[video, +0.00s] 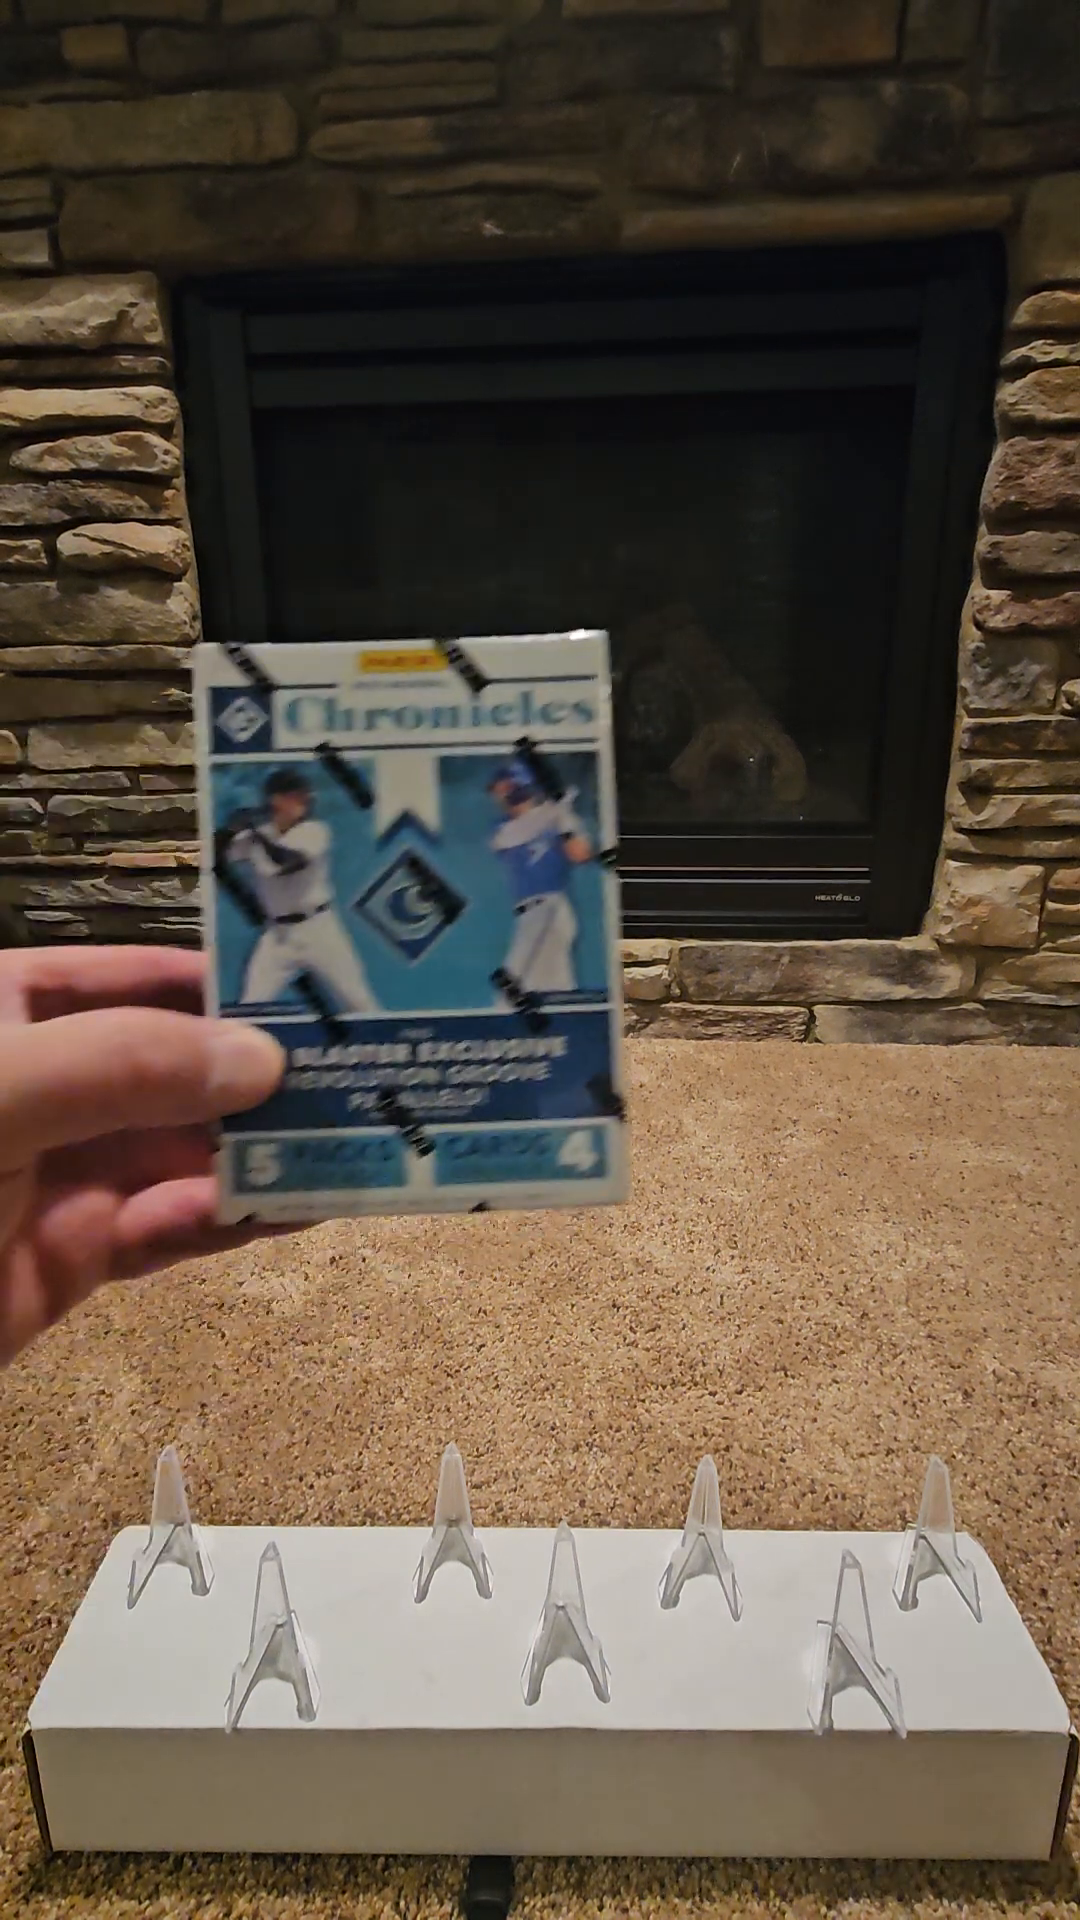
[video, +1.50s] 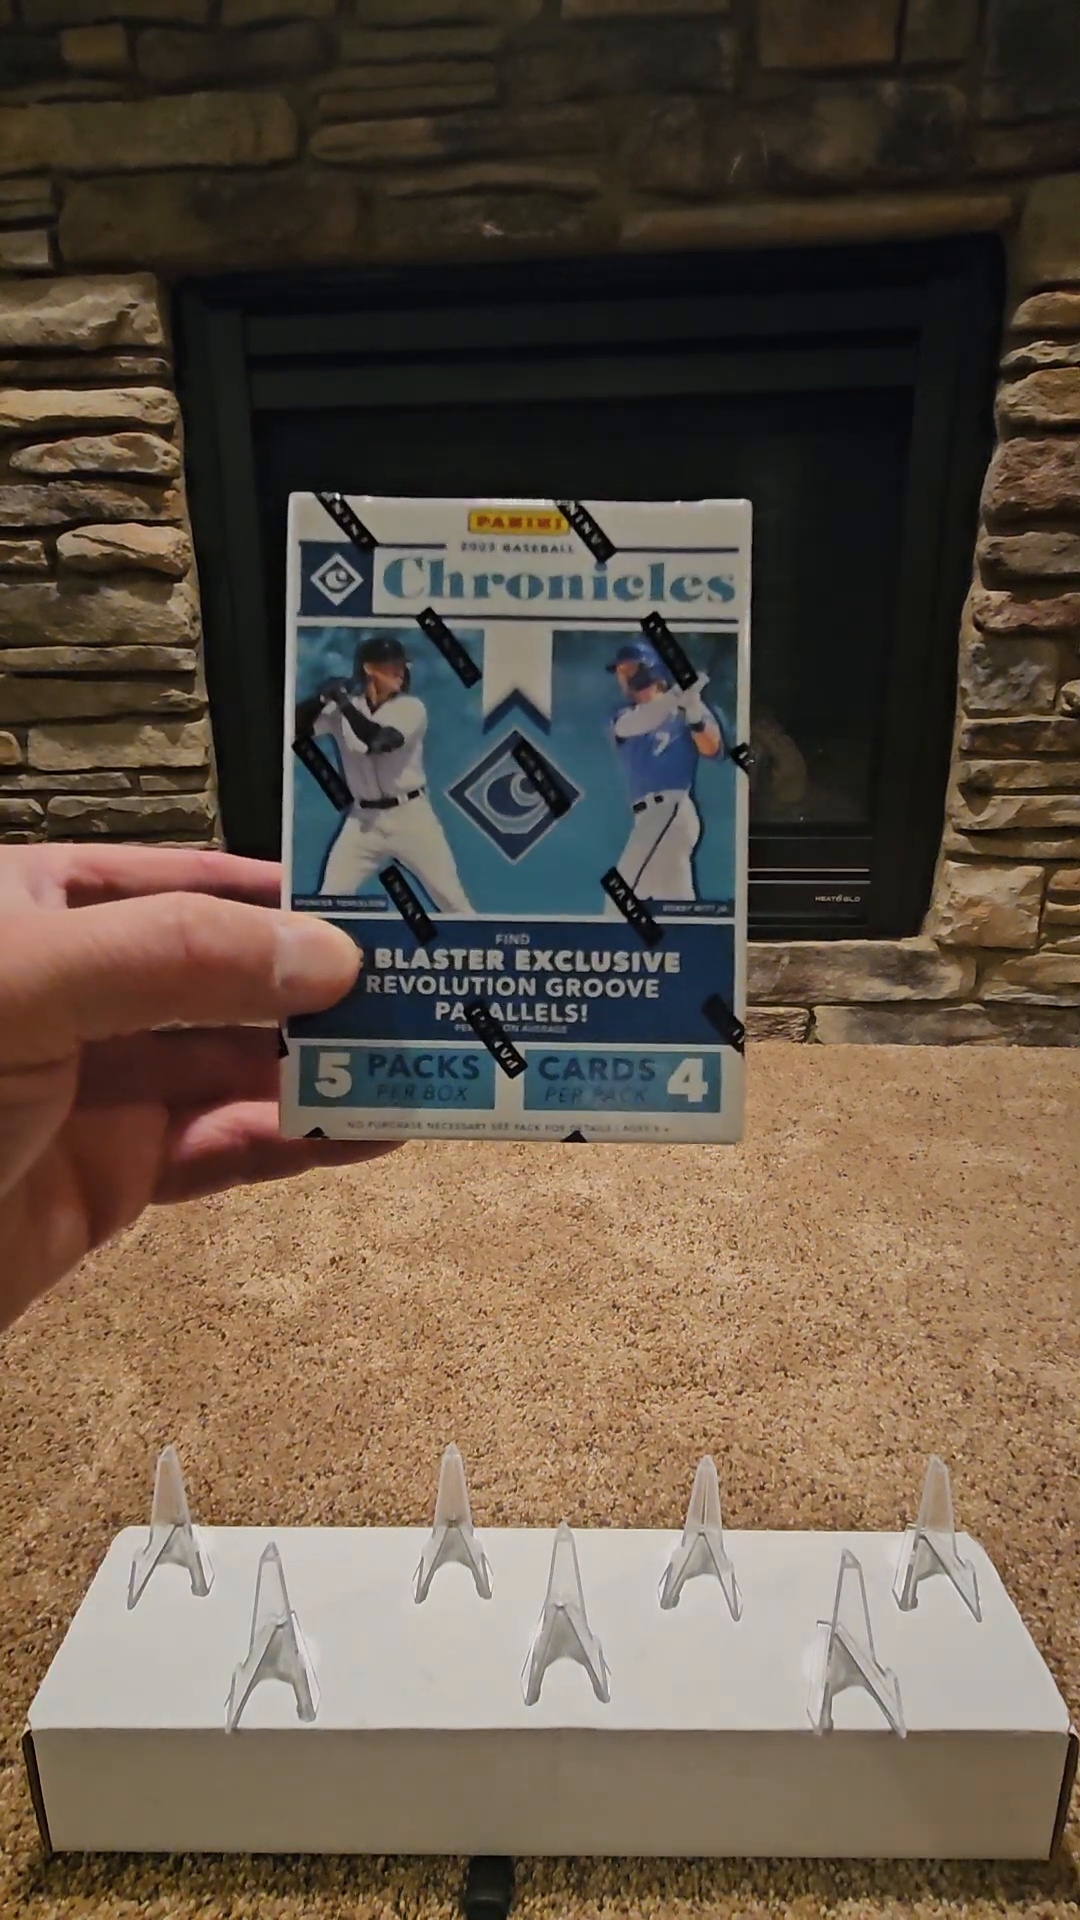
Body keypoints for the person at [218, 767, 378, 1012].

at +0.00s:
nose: (303, 803)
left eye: (304, 797)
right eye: (295, 797)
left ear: (306, 801)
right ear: (275, 800)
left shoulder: (315, 831)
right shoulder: (256, 838)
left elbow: (286, 862)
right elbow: (218, 856)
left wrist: (255, 834)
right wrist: (231, 831)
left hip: (319, 930)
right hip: (277, 934)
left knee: (358, 1001)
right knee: (252, 1009)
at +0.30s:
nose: (399, 742)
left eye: (400, 736)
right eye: (391, 737)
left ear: (403, 740)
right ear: (371, 742)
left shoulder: (409, 775)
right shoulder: (346, 781)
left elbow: (380, 807)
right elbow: (308, 798)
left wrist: (348, 772)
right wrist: (325, 771)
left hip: (412, 875)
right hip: (369, 878)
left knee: (450, 948)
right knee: (343, 952)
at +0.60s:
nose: (382, 703)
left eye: (383, 697)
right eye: (373, 698)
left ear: (387, 701)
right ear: (353, 705)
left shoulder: (394, 739)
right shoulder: (328, 745)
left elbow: (364, 773)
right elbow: (287, 765)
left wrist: (330, 737)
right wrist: (308, 734)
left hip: (399, 843)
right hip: (353, 848)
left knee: (439, 919)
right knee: (327, 925)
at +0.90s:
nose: (401, 664)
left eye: (402, 658)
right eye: (392, 658)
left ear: (406, 663)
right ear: (370, 666)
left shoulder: (412, 702)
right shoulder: (342, 709)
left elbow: (381, 738)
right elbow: (297, 728)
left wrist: (344, 699)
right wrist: (320, 696)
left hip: (416, 813)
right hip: (367, 818)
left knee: (457, 896)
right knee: (338, 900)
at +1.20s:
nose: (400, 668)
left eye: (401, 662)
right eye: (391, 662)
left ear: (406, 665)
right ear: (369, 667)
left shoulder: (411, 705)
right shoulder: (340, 708)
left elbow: (378, 740)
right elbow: (296, 732)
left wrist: (342, 699)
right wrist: (318, 698)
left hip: (414, 815)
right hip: (365, 819)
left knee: (455, 898)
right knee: (334, 900)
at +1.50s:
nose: (401, 671)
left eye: (402, 665)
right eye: (393, 664)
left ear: (404, 669)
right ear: (369, 669)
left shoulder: (410, 708)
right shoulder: (340, 711)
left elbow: (378, 742)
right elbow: (295, 729)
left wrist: (343, 702)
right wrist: (321, 698)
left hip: (411, 817)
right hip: (362, 821)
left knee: (452, 900)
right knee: (331, 900)